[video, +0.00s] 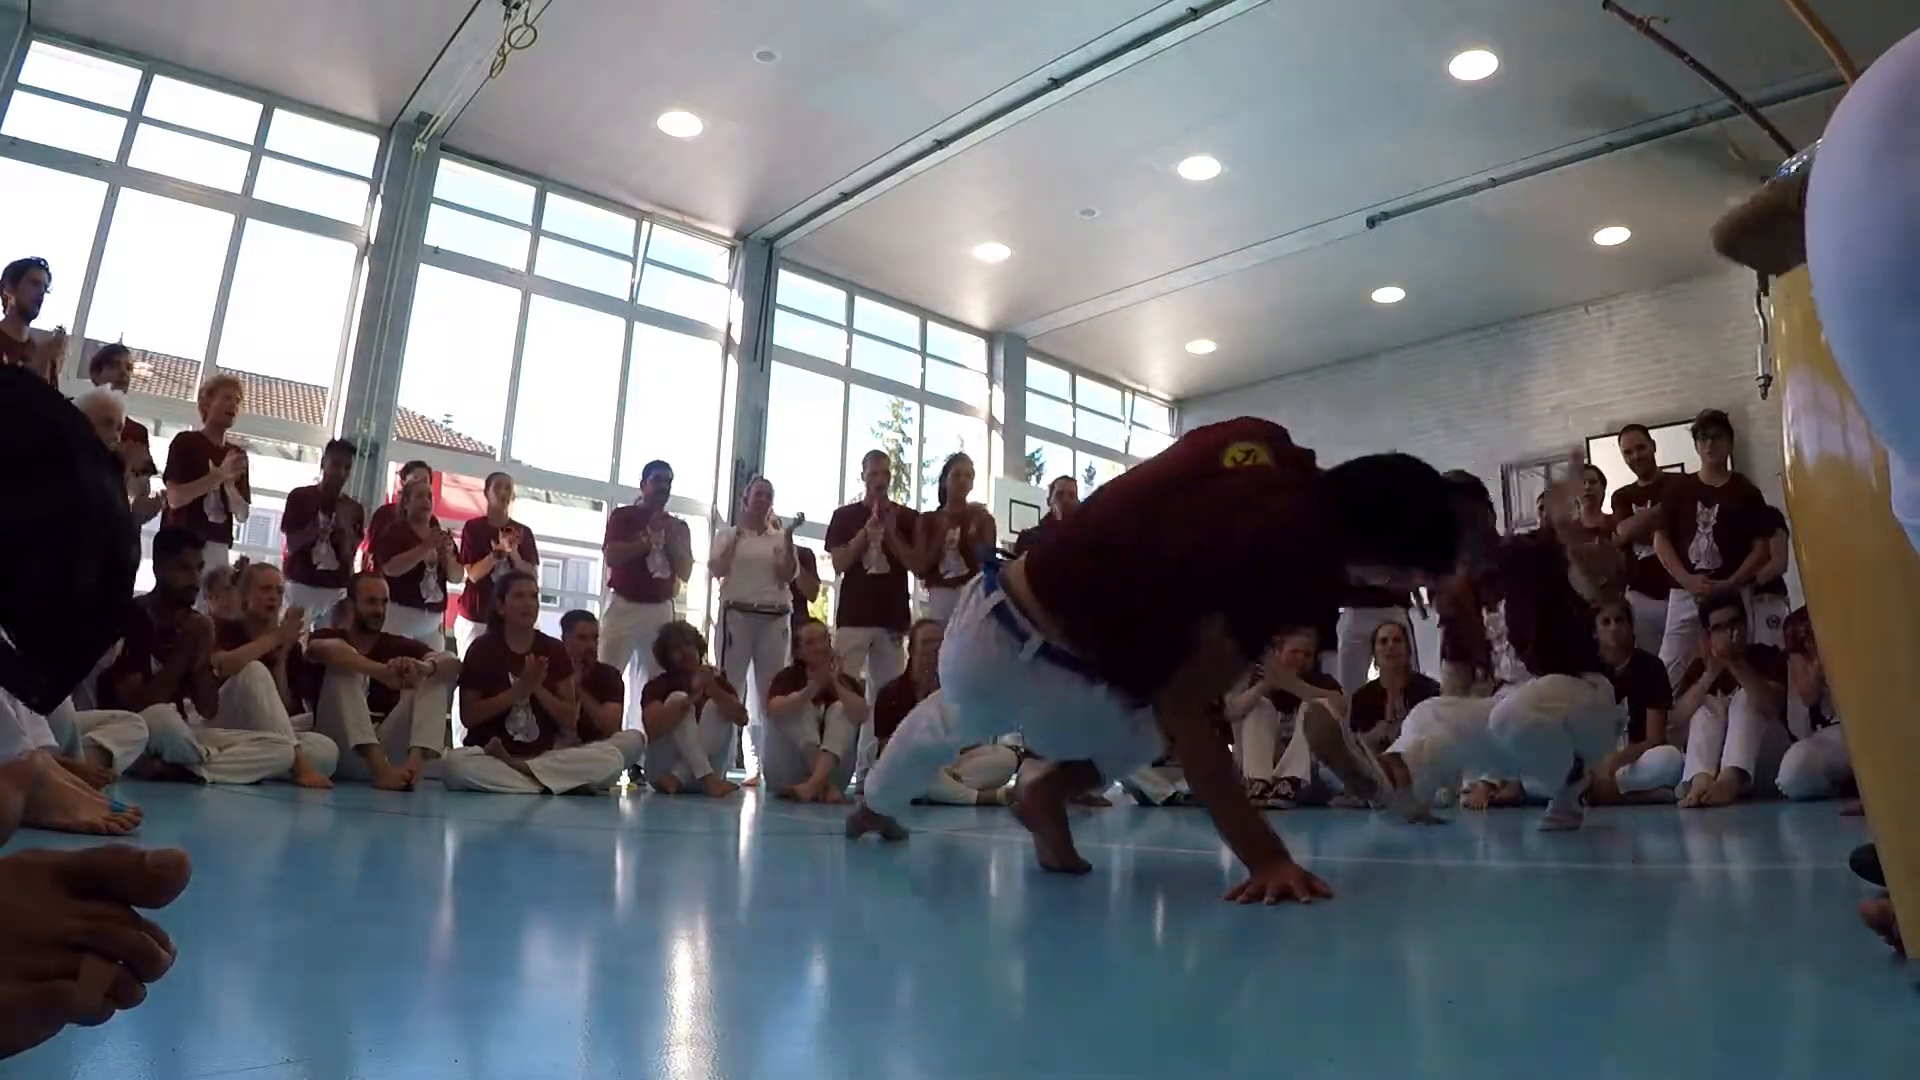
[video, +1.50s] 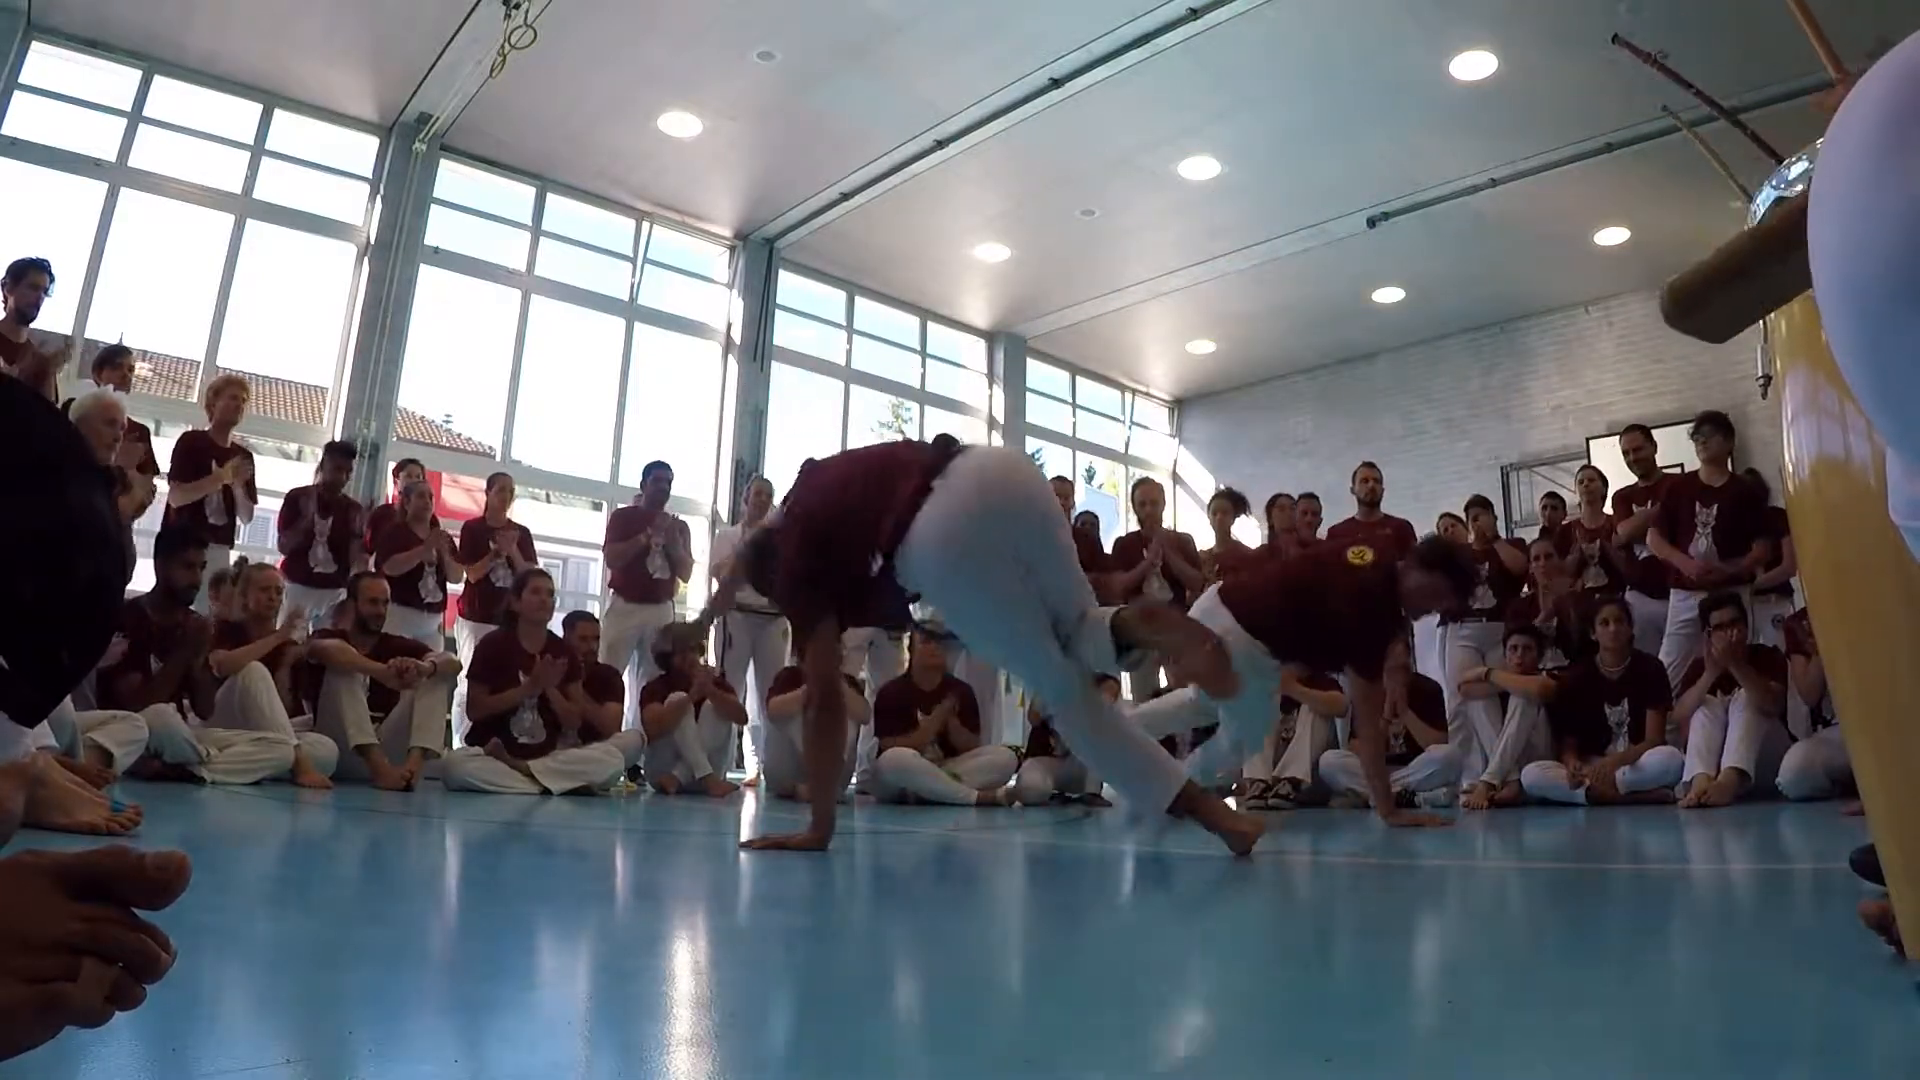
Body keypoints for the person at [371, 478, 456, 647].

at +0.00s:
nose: (426, 502)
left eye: (429, 497)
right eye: (419, 496)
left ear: (433, 502)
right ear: (406, 502)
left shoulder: (440, 535)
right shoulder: (394, 531)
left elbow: (457, 577)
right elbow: (390, 569)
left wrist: (448, 555)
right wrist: (426, 547)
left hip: (434, 614)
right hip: (401, 610)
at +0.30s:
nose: (426, 502)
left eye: (430, 497)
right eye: (420, 497)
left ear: (433, 502)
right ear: (406, 502)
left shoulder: (440, 536)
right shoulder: (394, 532)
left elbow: (457, 577)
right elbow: (392, 569)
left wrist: (439, 558)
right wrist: (430, 547)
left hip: (434, 614)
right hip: (400, 611)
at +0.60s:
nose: (427, 501)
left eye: (431, 497)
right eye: (421, 496)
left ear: (434, 501)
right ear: (406, 502)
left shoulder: (440, 535)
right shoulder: (394, 532)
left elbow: (456, 577)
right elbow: (392, 569)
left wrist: (437, 557)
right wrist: (428, 549)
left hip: (433, 614)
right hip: (400, 610)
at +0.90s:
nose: (428, 502)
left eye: (431, 498)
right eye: (422, 497)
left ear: (434, 503)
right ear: (407, 502)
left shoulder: (441, 537)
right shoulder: (394, 532)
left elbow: (456, 579)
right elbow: (390, 569)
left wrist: (447, 552)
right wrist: (427, 548)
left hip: (433, 615)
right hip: (400, 611)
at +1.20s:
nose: (428, 502)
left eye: (431, 497)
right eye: (422, 496)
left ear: (435, 502)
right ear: (407, 502)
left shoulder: (440, 536)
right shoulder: (394, 532)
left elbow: (455, 578)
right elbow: (390, 568)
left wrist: (450, 550)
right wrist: (426, 547)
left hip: (433, 615)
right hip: (401, 611)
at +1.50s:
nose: (428, 501)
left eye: (430, 497)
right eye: (421, 496)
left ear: (434, 502)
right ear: (406, 502)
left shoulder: (441, 537)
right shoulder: (395, 532)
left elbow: (457, 577)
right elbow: (389, 567)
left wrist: (445, 553)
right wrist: (425, 549)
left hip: (434, 614)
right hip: (402, 611)